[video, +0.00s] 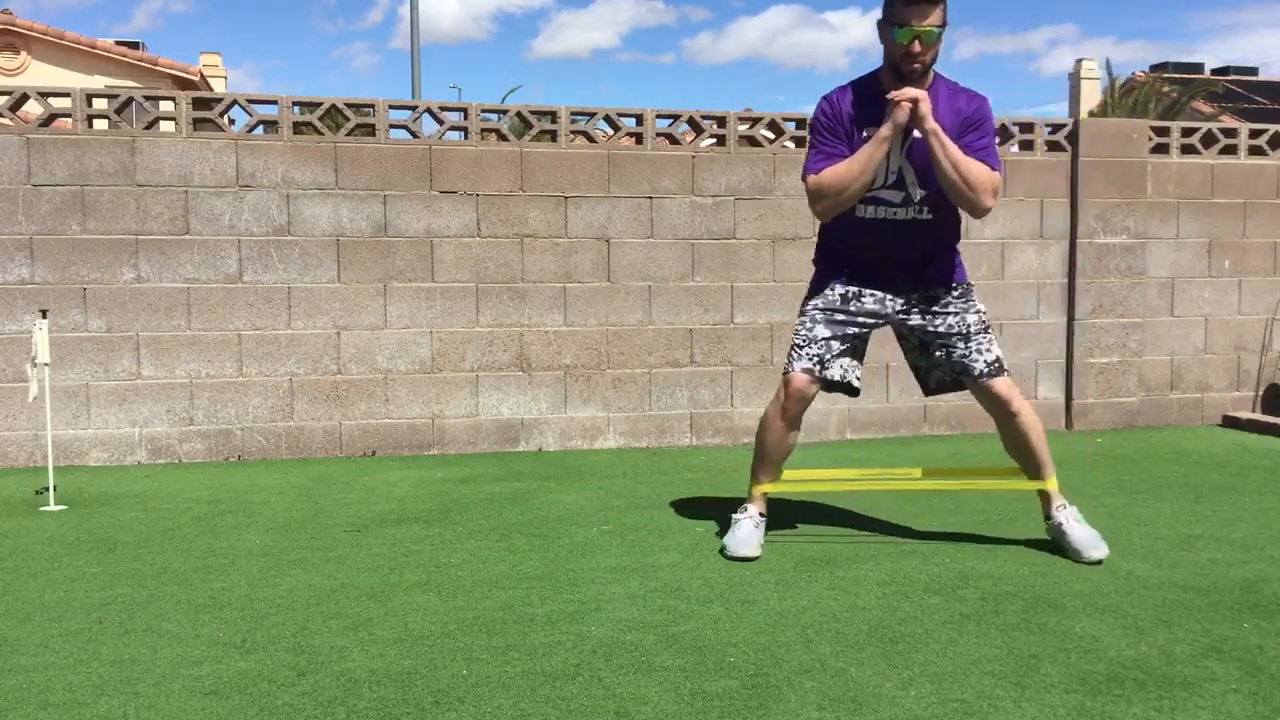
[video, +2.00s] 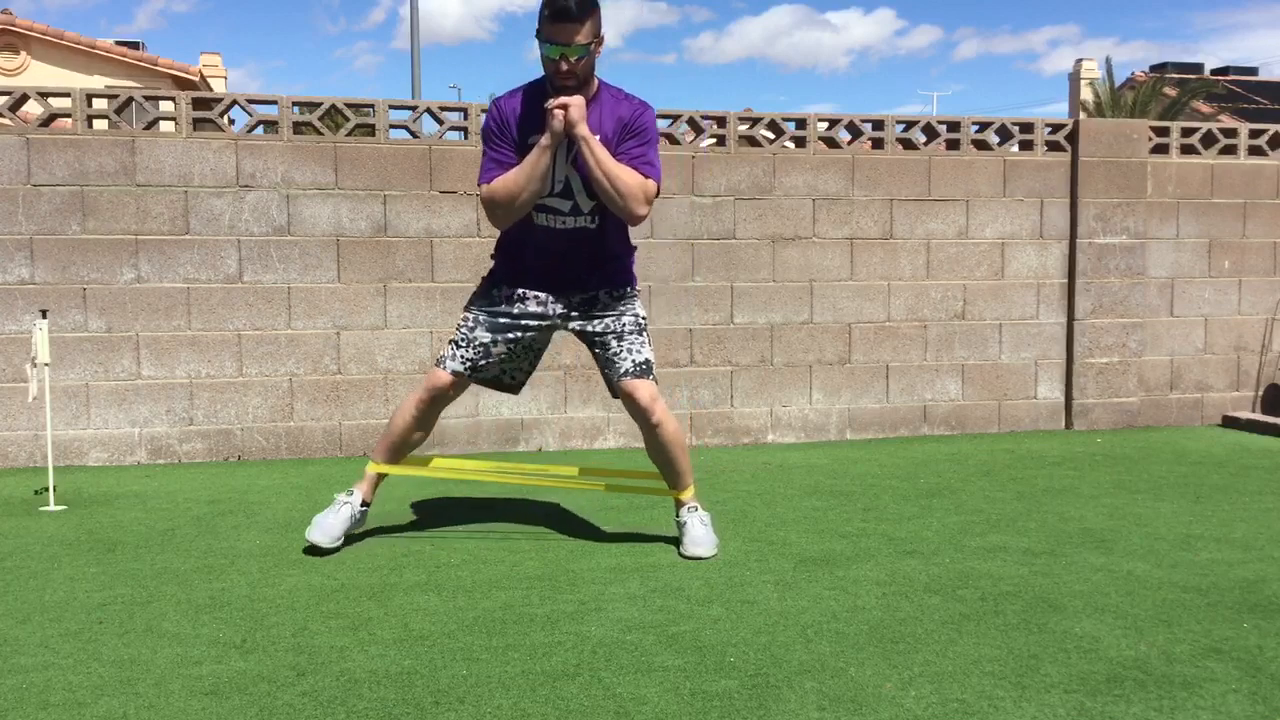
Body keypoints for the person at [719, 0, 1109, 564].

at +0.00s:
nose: (916, 47)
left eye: (929, 36)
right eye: (904, 33)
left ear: (943, 36)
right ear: (882, 30)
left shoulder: (967, 107)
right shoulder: (840, 107)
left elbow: (981, 200)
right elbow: (823, 203)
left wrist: (930, 129)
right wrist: (889, 132)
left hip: (935, 278)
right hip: (847, 276)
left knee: (999, 390)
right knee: (796, 387)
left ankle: (1057, 508)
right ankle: (753, 509)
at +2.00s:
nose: (565, 63)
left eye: (578, 51)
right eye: (554, 50)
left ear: (599, 44)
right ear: (540, 41)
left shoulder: (630, 113)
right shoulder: (510, 110)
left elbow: (636, 206)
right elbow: (498, 212)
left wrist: (583, 135)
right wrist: (550, 140)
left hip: (605, 288)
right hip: (518, 282)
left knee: (644, 399)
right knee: (438, 384)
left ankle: (690, 507)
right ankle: (359, 496)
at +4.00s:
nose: (567, 35)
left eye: (580, 23)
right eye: (556, 24)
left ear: (604, 18)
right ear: (545, 21)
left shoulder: (647, 82)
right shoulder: (526, 88)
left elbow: (646, 176)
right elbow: (517, 188)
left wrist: (589, 106)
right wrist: (561, 111)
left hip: (644, 254)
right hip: (568, 257)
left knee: (673, 372)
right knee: (530, 381)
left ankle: (705, 497)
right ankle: (524, 505)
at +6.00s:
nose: (952, 0)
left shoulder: (1018, 62)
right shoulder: (882, 71)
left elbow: (1058, 143)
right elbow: (854, 170)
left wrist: (1044, 191)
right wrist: (912, 196)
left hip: (993, 264)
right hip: (904, 266)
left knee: (1034, 384)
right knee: (859, 384)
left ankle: (1075, 518)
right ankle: (828, 502)